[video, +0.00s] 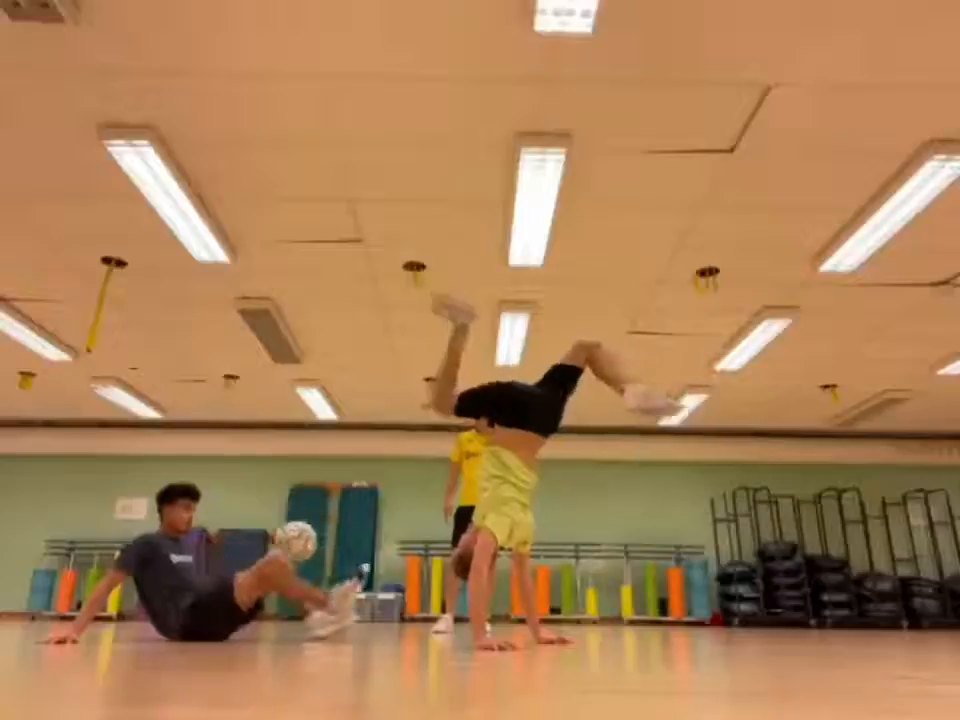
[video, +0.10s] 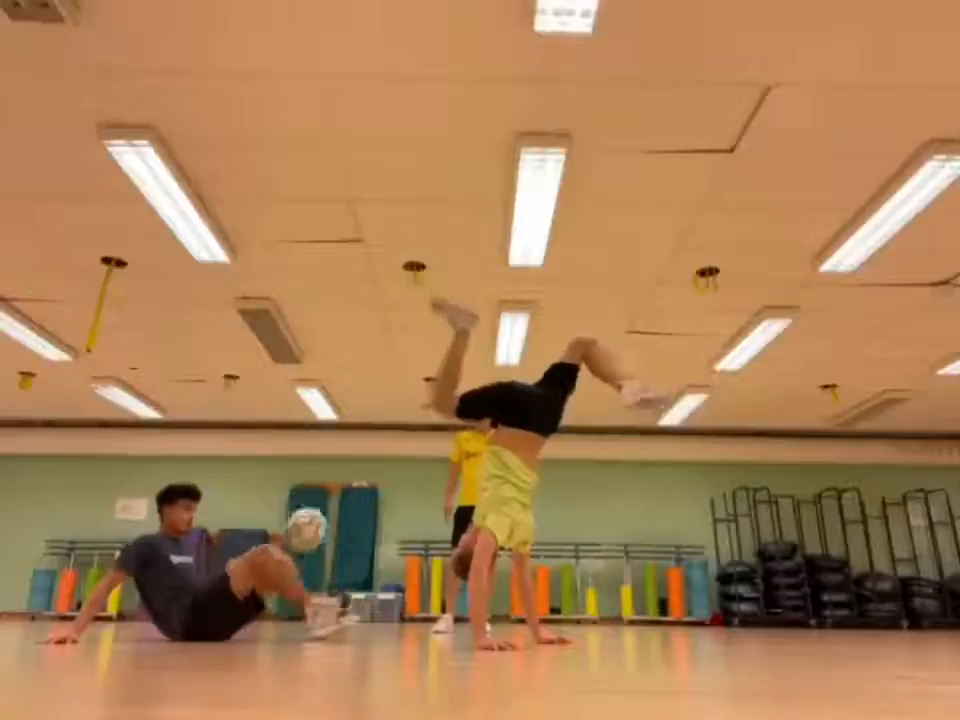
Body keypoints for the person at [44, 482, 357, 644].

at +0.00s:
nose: (189, 517)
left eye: (192, 511)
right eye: (184, 509)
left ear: (189, 515)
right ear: (164, 511)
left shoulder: (186, 549)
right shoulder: (144, 546)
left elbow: (192, 590)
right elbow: (106, 588)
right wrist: (75, 631)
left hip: (210, 616)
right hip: (188, 621)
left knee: (272, 568)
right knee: (268, 569)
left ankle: (319, 615)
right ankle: (327, 604)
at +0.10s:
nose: (189, 517)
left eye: (192, 511)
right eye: (184, 509)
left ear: (192, 514)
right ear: (164, 510)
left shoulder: (198, 541)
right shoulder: (144, 547)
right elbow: (106, 588)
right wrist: (76, 631)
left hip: (214, 617)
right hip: (188, 621)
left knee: (269, 555)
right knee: (258, 558)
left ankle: (309, 609)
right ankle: (309, 605)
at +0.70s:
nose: (174, 522)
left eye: (176, 516)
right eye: (169, 515)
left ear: (173, 519)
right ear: (149, 517)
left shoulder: (176, 552)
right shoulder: (134, 546)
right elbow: (98, 588)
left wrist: (231, 541)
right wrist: (74, 629)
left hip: (204, 620)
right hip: (174, 621)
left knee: (228, 543)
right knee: (213, 541)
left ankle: (276, 568)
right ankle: (268, 576)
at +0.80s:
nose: (169, 519)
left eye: (169, 512)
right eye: (162, 512)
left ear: (168, 515)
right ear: (142, 515)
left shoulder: (176, 545)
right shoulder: (126, 551)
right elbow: (93, 590)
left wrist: (267, 544)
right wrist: (66, 624)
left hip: (203, 612)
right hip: (177, 622)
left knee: (232, 541)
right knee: (220, 551)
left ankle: (279, 542)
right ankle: (280, 591)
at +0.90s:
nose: (153, 520)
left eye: (155, 514)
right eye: (145, 515)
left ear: (157, 517)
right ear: (126, 520)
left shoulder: (166, 549)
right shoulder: (116, 555)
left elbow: (177, 589)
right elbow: (74, 589)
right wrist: (33, 620)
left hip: (201, 609)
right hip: (174, 622)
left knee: (240, 560)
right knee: (233, 583)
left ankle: (295, 572)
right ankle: (300, 613)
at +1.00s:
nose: (138, 527)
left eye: (139, 521)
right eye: (130, 522)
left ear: (139, 524)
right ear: (111, 527)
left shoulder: (147, 551)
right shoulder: (102, 566)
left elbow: (166, 586)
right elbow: (63, 593)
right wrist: (33, 615)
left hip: (194, 594)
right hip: (173, 618)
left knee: (251, 583)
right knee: (241, 612)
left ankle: (309, 601)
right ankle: (309, 629)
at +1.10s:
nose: (122, 533)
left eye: (122, 527)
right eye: (114, 529)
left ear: (121, 531)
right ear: (94, 536)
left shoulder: (139, 552)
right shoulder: (81, 581)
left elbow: (165, 578)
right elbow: (43, 617)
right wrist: (20, 633)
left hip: (189, 590)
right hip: (174, 621)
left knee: (243, 585)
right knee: (246, 614)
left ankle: (306, 609)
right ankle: (313, 628)